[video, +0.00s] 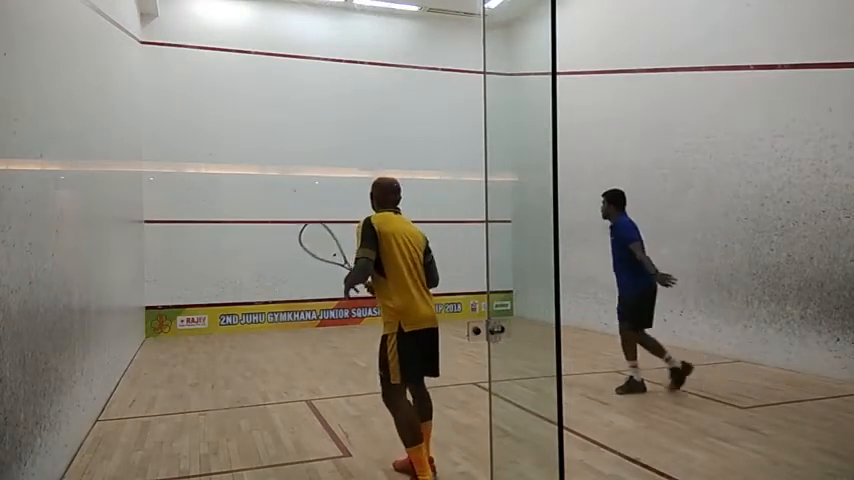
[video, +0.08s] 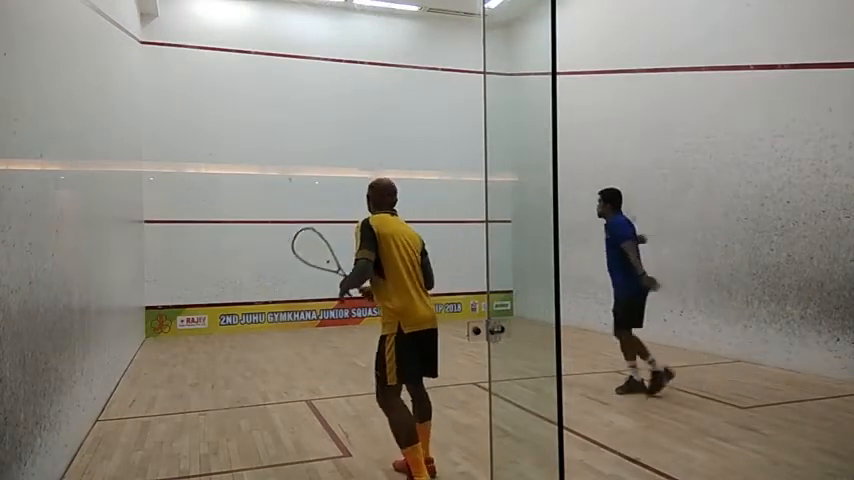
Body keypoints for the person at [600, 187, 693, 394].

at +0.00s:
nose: (601, 208)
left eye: (604, 204)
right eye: (602, 204)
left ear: (613, 206)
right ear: (617, 206)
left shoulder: (624, 227)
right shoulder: (618, 226)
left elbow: (639, 254)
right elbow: (635, 256)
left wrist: (656, 274)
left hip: (638, 290)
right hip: (629, 289)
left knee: (633, 332)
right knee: (626, 331)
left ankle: (676, 366)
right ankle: (635, 378)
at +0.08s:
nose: (597, 206)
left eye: (600, 203)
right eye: (598, 202)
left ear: (609, 206)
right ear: (611, 205)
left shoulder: (617, 225)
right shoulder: (617, 223)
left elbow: (630, 250)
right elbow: (620, 242)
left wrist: (642, 275)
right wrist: (636, 240)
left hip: (630, 288)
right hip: (625, 287)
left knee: (623, 331)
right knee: (622, 331)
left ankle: (656, 370)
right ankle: (635, 377)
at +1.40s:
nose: (501, 218)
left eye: (503, 214)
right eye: (503, 214)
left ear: (507, 216)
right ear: (522, 216)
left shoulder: (500, 243)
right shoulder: (539, 239)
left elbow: (491, 277)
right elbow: (553, 274)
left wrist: (479, 294)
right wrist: (566, 301)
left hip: (516, 303)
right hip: (541, 302)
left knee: (505, 352)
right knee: (537, 337)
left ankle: (506, 405)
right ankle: (565, 379)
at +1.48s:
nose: (500, 217)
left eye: (502, 213)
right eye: (502, 213)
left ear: (505, 215)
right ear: (522, 215)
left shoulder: (497, 242)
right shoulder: (538, 238)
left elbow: (490, 273)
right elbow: (553, 272)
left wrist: (479, 288)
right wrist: (569, 297)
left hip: (516, 303)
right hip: (541, 301)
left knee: (507, 349)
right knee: (538, 336)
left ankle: (506, 401)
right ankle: (559, 382)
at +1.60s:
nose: (501, 219)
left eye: (503, 216)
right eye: (503, 215)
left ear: (505, 217)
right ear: (522, 217)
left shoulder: (497, 243)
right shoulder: (538, 240)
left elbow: (490, 271)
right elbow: (552, 273)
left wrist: (483, 283)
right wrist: (571, 297)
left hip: (516, 304)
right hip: (541, 304)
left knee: (508, 345)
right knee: (541, 341)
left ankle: (505, 389)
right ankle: (552, 386)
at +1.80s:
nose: (496, 215)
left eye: (497, 212)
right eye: (498, 212)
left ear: (499, 214)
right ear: (516, 213)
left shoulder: (493, 237)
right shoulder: (531, 236)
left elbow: (491, 270)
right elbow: (542, 269)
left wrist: (490, 290)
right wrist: (553, 293)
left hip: (506, 298)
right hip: (531, 298)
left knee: (496, 334)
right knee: (537, 339)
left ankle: (507, 374)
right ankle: (552, 384)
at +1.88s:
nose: (487, 213)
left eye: (488, 209)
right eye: (488, 208)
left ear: (490, 210)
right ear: (507, 210)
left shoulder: (486, 231)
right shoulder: (522, 231)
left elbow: (490, 256)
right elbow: (532, 262)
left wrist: (486, 276)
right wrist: (538, 288)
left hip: (501, 291)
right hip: (525, 289)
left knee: (497, 333)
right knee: (533, 331)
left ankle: (510, 376)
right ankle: (549, 378)